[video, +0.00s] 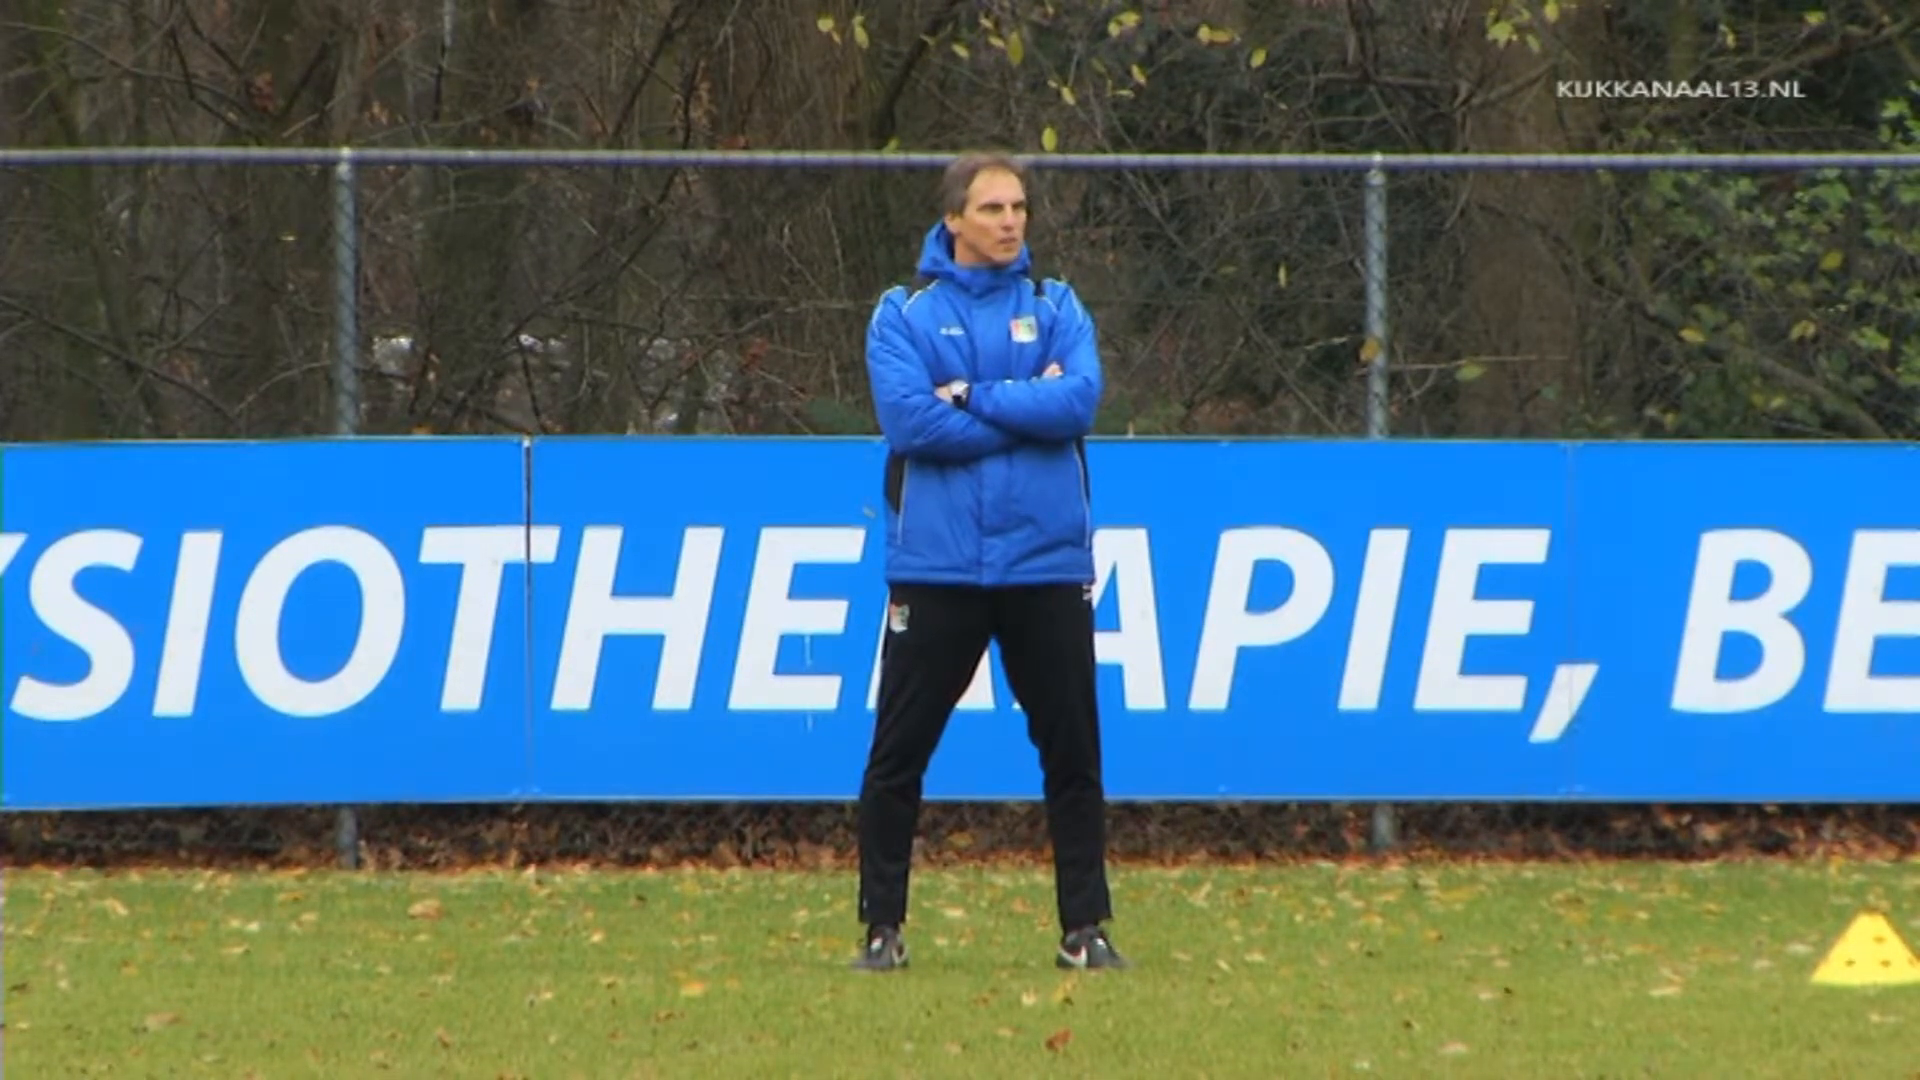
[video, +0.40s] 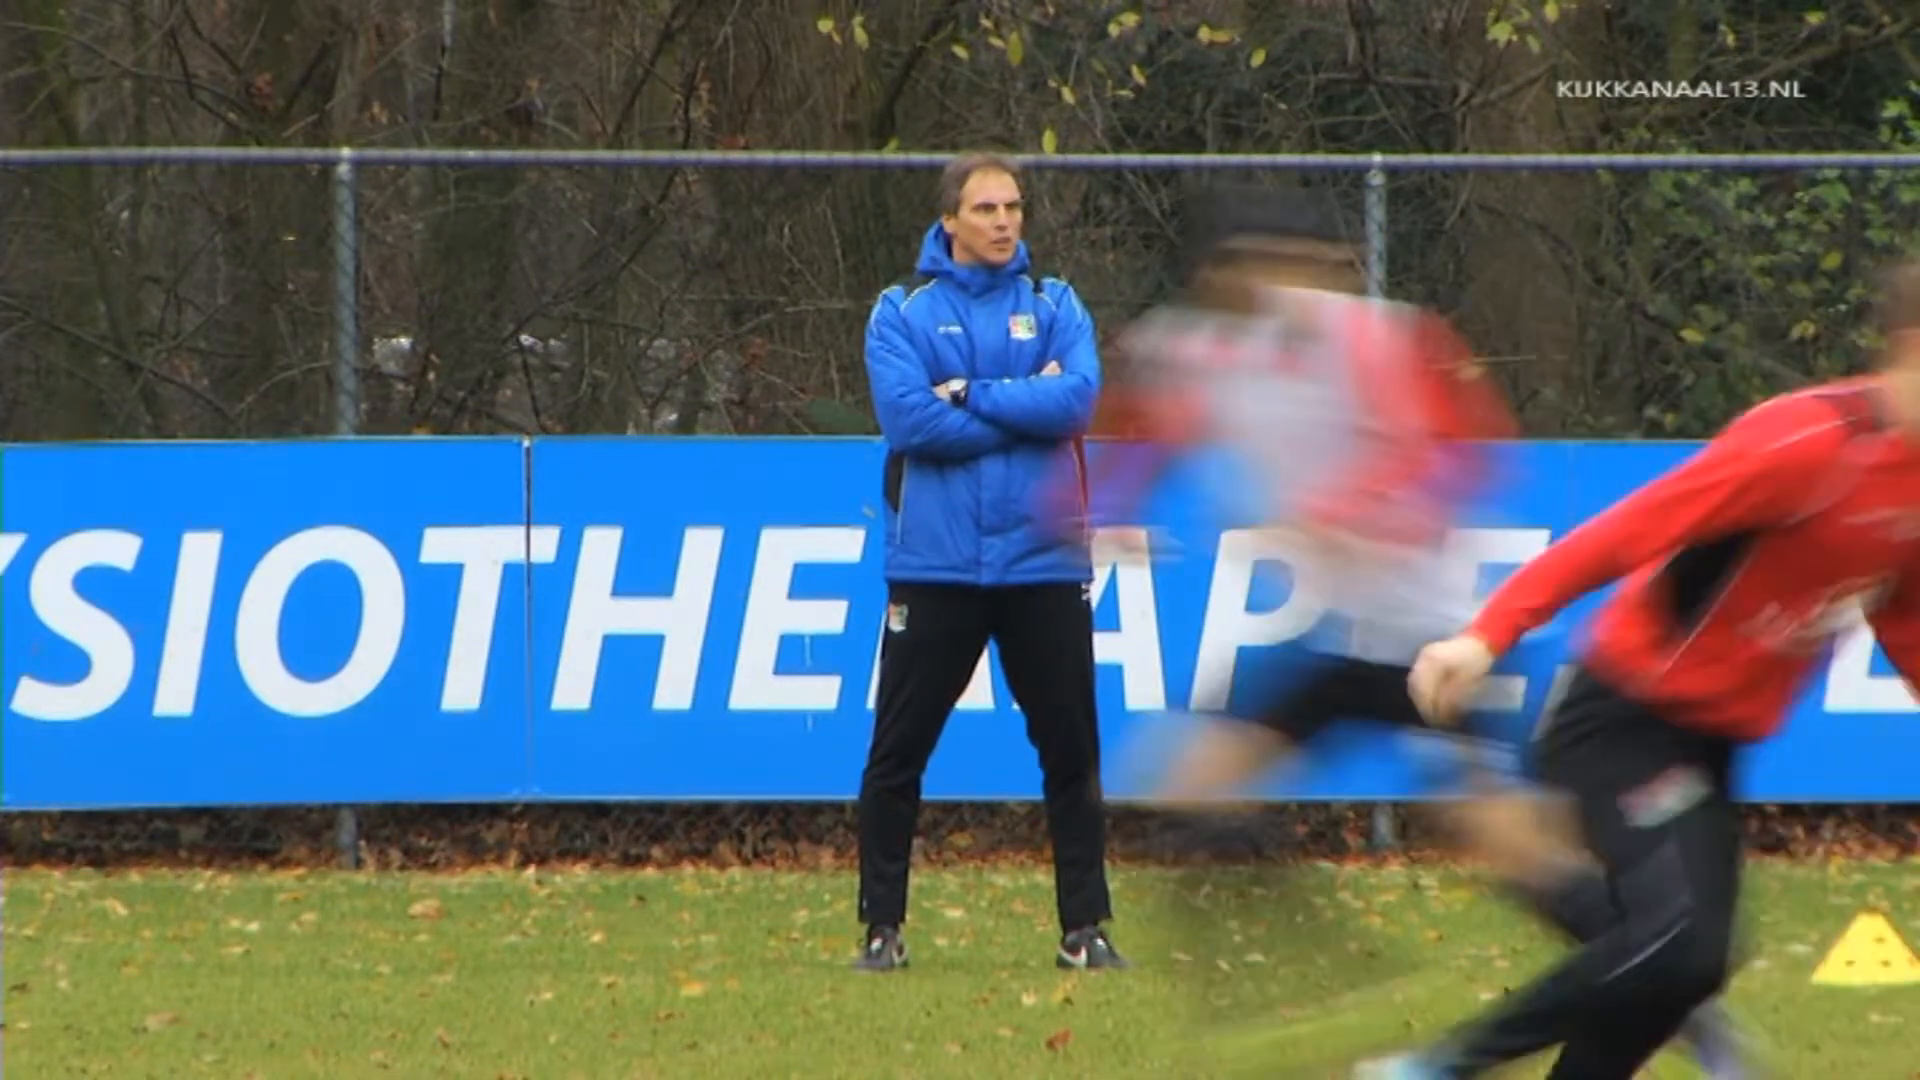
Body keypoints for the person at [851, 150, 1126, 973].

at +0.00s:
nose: (1009, 221)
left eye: (1018, 208)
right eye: (992, 209)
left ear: (1029, 218)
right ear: (954, 221)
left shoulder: (1057, 305)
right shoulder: (902, 313)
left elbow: (1078, 403)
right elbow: (913, 426)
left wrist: (968, 393)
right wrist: (1023, 413)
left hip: (1048, 567)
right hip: (939, 570)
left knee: (1073, 751)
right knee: (900, 752)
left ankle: (1085, 930)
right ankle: (882, 929)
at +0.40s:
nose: (1003, 221)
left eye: (1012, 208)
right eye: (986, 209)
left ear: (1024, 218)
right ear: (950, 221)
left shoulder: (1057, 305)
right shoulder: (899, 312)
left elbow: (1075, 401)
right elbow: (912, 425)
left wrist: (964, 392)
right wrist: (1023, 413)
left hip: (1045, 567)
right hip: (937, 570)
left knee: (1071, 751)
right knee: (899, 753)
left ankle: (1085, 930)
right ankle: (882, 929)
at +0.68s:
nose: (1001, 220)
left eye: (1011, 207)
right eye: (984, 208)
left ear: (1024, 217)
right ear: (950, 220)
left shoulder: (1057, 305)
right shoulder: (900, 312)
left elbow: (1076, 402)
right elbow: (911, 424)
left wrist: (965, 392)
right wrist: (1020, 414)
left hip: (1045, 566)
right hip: (935, 569)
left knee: (1071, 751)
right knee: (898, 752)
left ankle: (1085, 930)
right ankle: (882, 929)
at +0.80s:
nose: (999, 220)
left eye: (1010, 206)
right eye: (982, 207)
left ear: (1024, 217)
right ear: (950, 219)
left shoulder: (1058, 304)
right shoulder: (900, 311)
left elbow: (1076, 403)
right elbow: (911, 424)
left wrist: (965, 392)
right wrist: (1020, 414)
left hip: (1045, 566)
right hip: (935, 569)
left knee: (1071, 750)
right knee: (898, 751)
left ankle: (1086, 929)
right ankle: (882, 928)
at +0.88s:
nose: (996, 219)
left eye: (1007, 205)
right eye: (979, 206)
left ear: (1023, 216)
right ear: (950, 218)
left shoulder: (1059, 305)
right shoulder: (900, 312)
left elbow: (1076, 403)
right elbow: (911, 423)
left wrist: (965, 392)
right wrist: (1020, 415)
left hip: (1044, 567)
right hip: (934, 568)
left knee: (1070, 750)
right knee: (898, 751)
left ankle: (1085, 930)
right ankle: (882, 929)